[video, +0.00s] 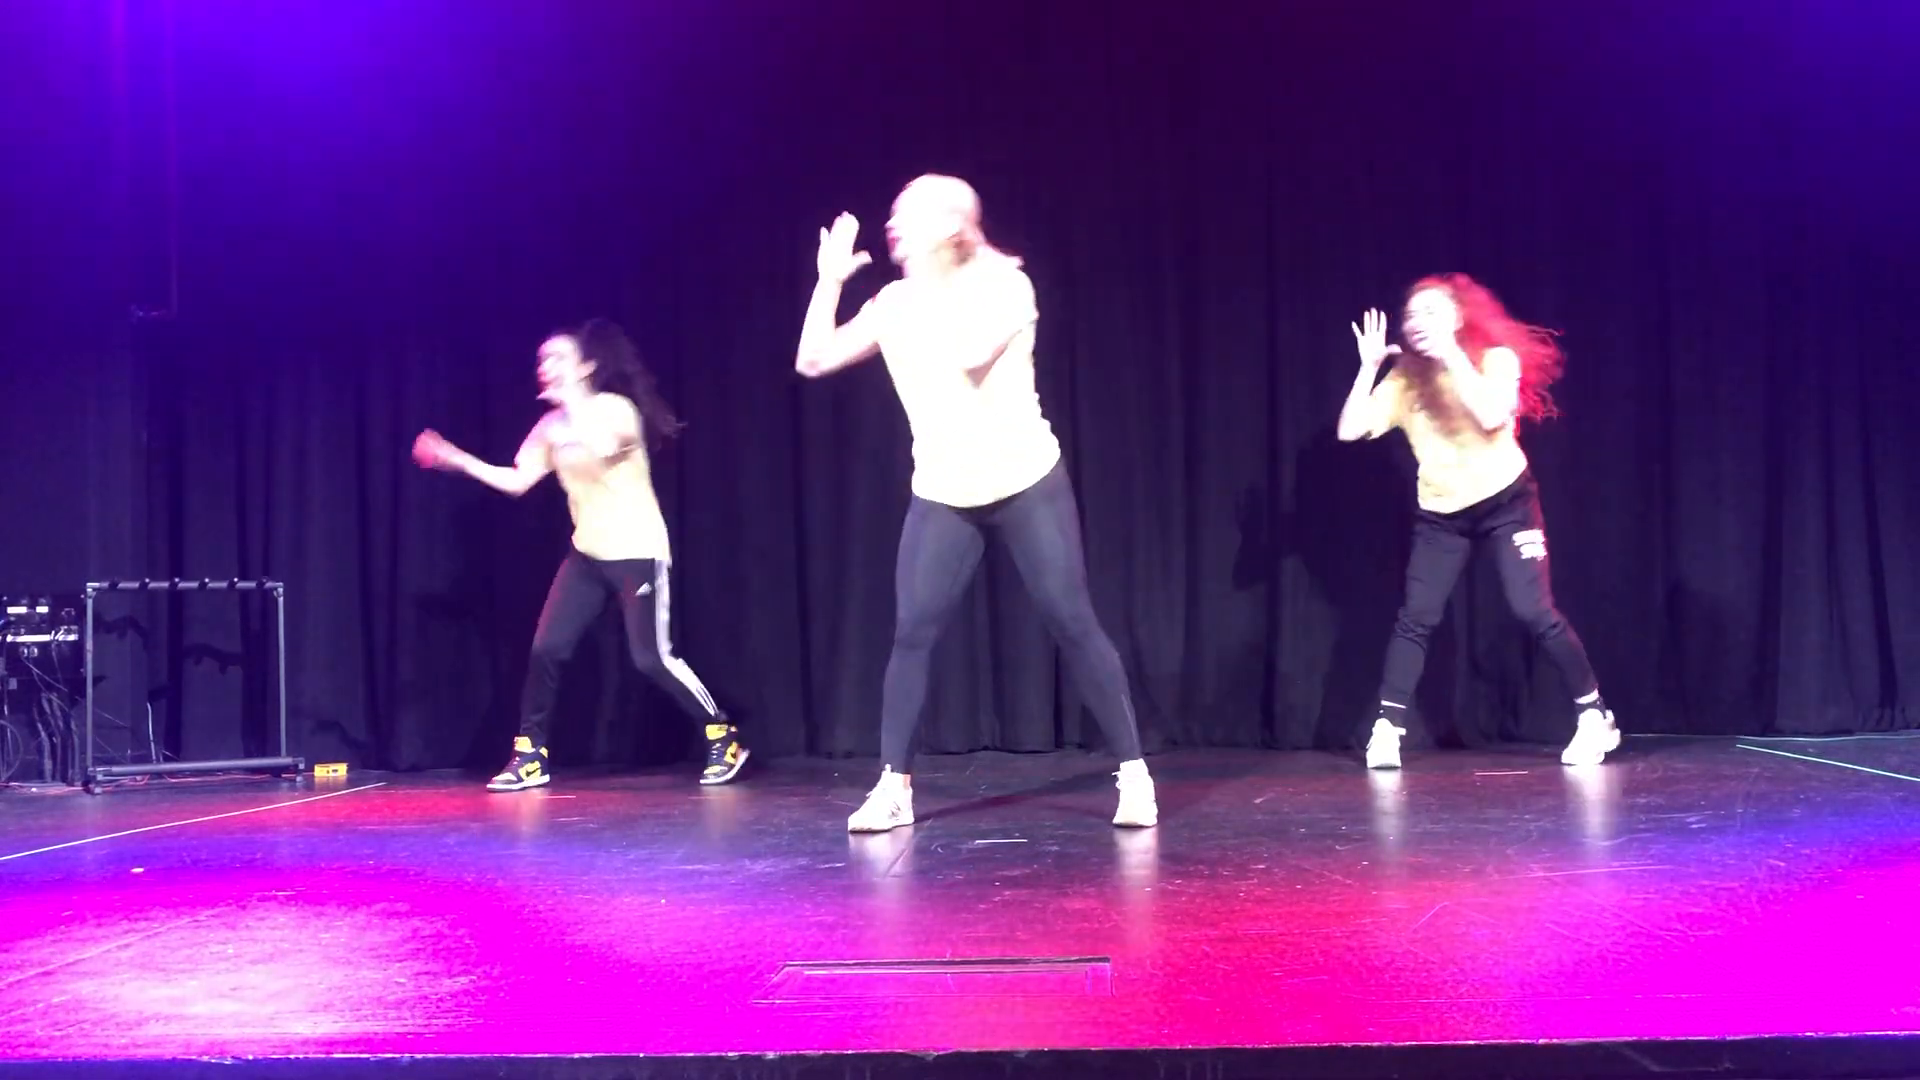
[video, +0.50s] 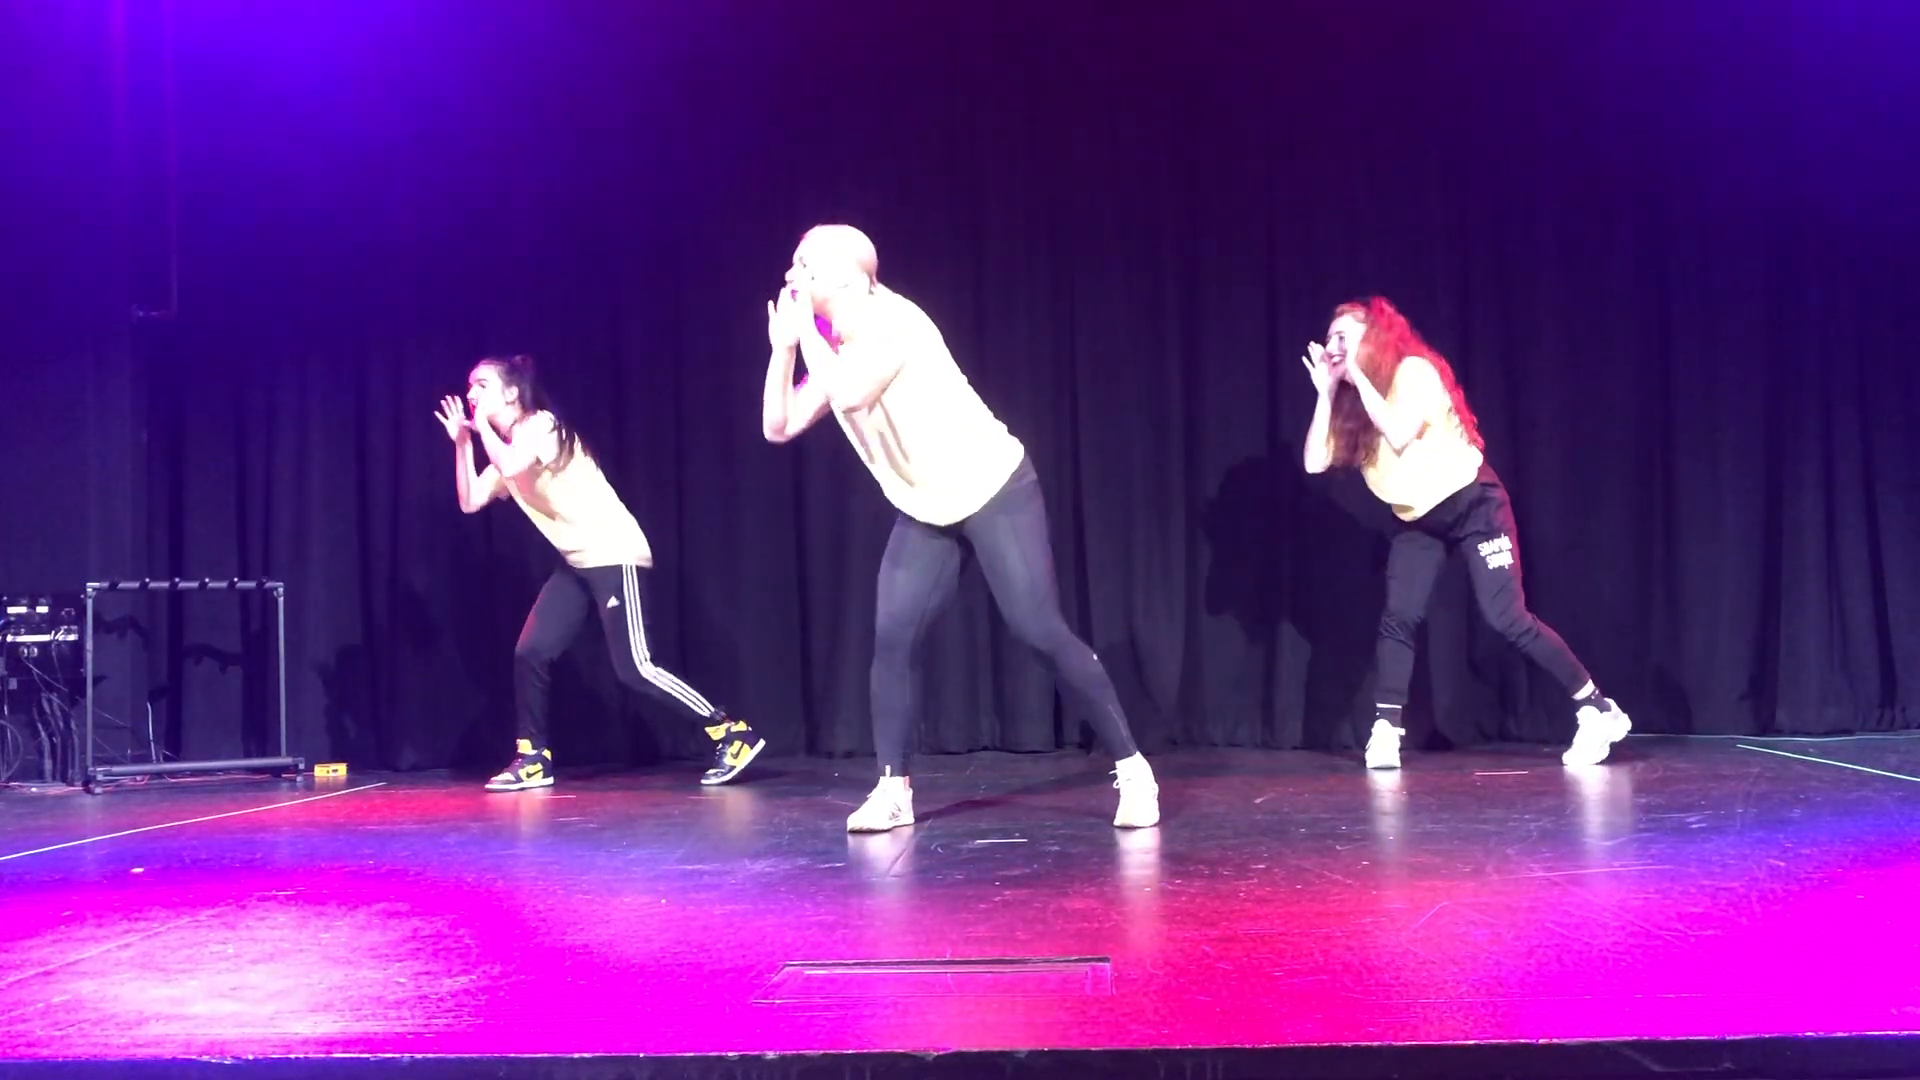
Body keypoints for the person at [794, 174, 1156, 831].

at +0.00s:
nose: (892, 223)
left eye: (907, 212)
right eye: (895, 213)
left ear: (953, 224)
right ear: (909, 229)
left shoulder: (1002, 281)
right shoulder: (892, 304)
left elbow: (975, 358)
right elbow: (813, 359)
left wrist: (947, 273)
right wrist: (830, 280)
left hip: (1025, 479)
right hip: (942, 490)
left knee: (1069, 619)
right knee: (913, 628)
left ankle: (1132, 769)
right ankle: (893, 785)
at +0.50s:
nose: (792, 274)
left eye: (805, 263)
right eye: (794, 264)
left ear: (850, 270)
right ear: (810, 277)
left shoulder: (892, 318)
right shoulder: (830, 343)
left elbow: (851, 396)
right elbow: (780, 426)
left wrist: (806, 330)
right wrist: (781, 349)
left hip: (994, 487)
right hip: (925, 507)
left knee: (1038, 628)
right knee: (893, 632)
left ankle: (1131, 766)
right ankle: (893, 788)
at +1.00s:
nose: (780, 339)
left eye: (789, 324)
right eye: (777, 325)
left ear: (828, 324)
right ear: (782, 336)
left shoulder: (885, 358)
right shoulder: (819, 398)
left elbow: (869, 443)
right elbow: (781, 479)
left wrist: (803, 397)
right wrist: (770, 411)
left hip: (1024, 487)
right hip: (947, 514)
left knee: (1068, 618)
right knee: (914, 638)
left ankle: (1136, 772)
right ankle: (893, 787)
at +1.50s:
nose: (1058, 396)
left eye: (1066, 381)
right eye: (1044, 384)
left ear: (1076, 383)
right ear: (1008, 387)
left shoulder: (1090, 426)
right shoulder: (967, 427)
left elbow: (1141, 530)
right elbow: (935, 531)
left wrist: (1101, 447)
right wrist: (1007, 465)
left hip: (1051, 525)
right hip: (964, 525)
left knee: (1086, 634)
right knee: (929, 634)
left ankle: (1137, 779)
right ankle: (891, 785)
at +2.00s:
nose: (1158, 251)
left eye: (1153, 240)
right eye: (1142, 237)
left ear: (1132, 259)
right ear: (1100, 254)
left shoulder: (1133, 352)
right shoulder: (1055, 292)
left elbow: (1197, 410)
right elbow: (1101, 332)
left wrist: (1184, 322)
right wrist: (1143, 281)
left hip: (1043, 504)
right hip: (960, 492)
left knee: (1083, 632)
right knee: (931, 633)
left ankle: (1131, 778)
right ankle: (891, 782)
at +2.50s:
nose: (1028, 259)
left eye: (1037, 248)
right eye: (1013, 250)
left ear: (1054, 263)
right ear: (992, 270)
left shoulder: (1074, 352)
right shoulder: (951, 351)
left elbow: (1094, 453)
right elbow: (942, 457)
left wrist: (1124, 542)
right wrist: (956, 547)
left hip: (1043, 523)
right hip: (955, 521)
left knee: (1101, 640)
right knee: (916, 653)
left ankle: (1129, 781)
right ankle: (895, 786)